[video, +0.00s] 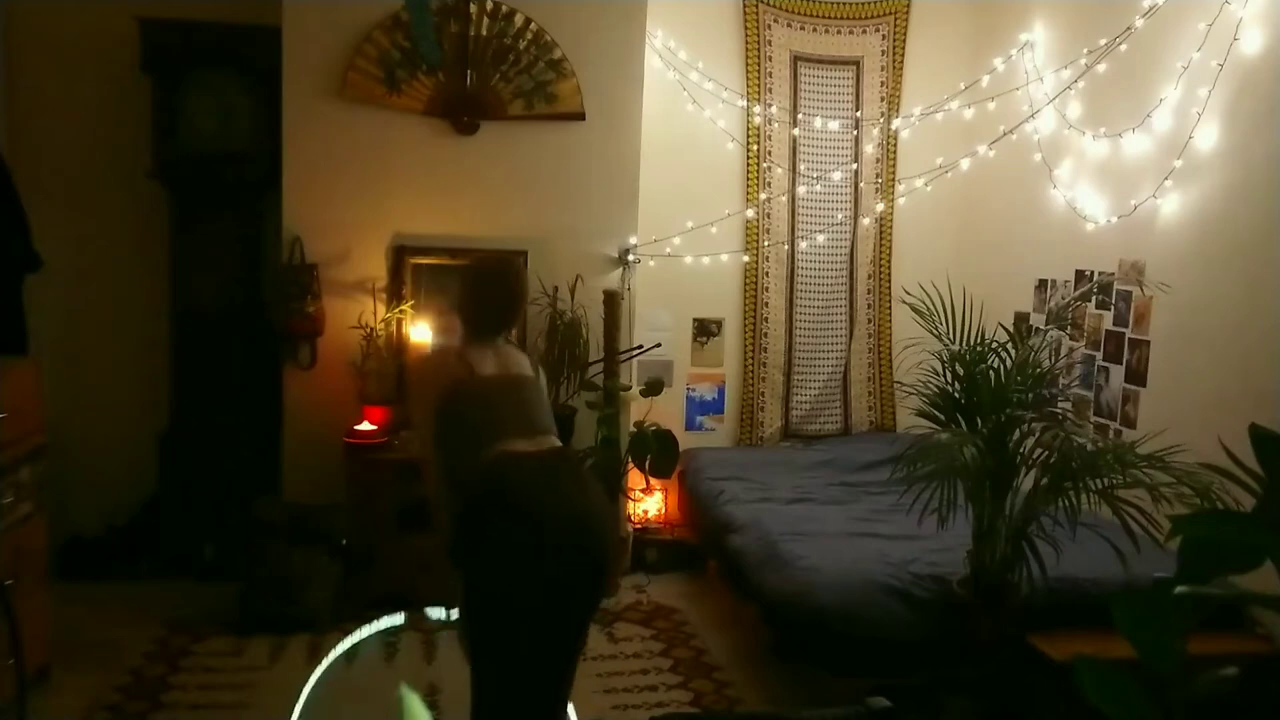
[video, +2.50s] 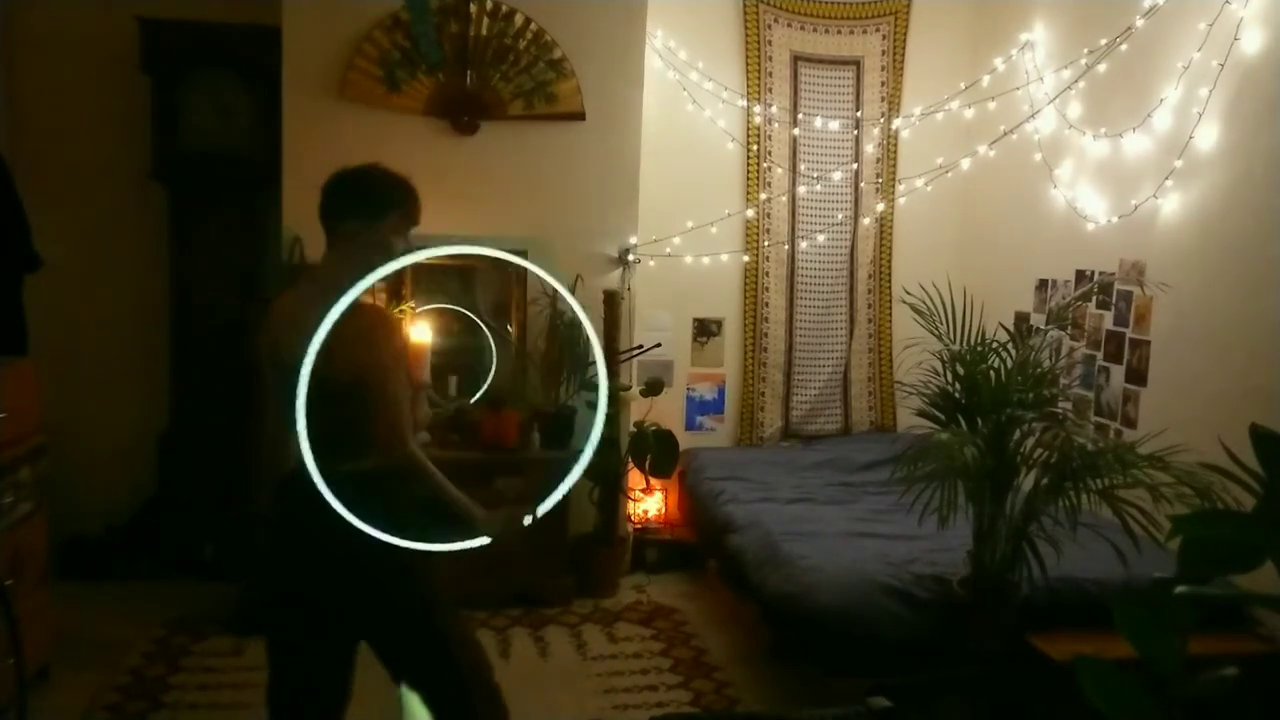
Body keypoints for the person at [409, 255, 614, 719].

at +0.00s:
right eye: (512, 301)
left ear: (463, 303)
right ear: (516, 308)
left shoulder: (440, 368)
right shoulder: (526, 365)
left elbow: (432, 458)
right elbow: (548, 441)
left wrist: (444, 527)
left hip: (488, 519)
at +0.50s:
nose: (546, 204)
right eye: (547, 194)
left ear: (486, 197)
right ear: (549, 203)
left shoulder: (455, 292)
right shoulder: (559, 272)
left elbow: (444, 409)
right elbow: (572, 378)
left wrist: (461, 477)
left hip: (488, 473)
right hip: (557, 471)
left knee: (487, 629)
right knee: (551, 629)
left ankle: (489, 708)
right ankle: (545, 707)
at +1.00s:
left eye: (508, 204)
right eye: (565, 207)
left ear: (502, 212)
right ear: (565, 214)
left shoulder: (460, 308)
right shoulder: (573, 304)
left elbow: (430, 416)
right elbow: (556, 215)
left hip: (465, 487)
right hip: (545, 498)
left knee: (415, 656)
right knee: (534, 675)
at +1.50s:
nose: (407, 220)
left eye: (411, 208)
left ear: (412, 219)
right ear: (474, 233)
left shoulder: (347, 304)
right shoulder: (481, 311)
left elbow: (307, 424)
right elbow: (531, 245)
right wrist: (498, 148)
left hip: (367, 520)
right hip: (453, 523)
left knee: (328, 685)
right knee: (491, 685)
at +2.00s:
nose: (393, 247)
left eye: (393, 231)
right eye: (384, 230)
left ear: (334, 231)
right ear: (340, 230)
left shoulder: (280, 308)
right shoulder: (343, 324)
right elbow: (464, 354)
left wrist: (452, 326)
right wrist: (533, 271)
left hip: (287, 525)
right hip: (341, 534)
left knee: (295, 700)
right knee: (441, 697)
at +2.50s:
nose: (407, 246)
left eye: (409, 232)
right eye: (404, 231)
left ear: (335, 225)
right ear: (377, 229)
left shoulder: (287, 310)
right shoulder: (371, 321)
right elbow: (395, 450)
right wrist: (479, 520)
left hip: (299, 543)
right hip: (371, 550)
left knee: (303, 704)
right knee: (471, 701)